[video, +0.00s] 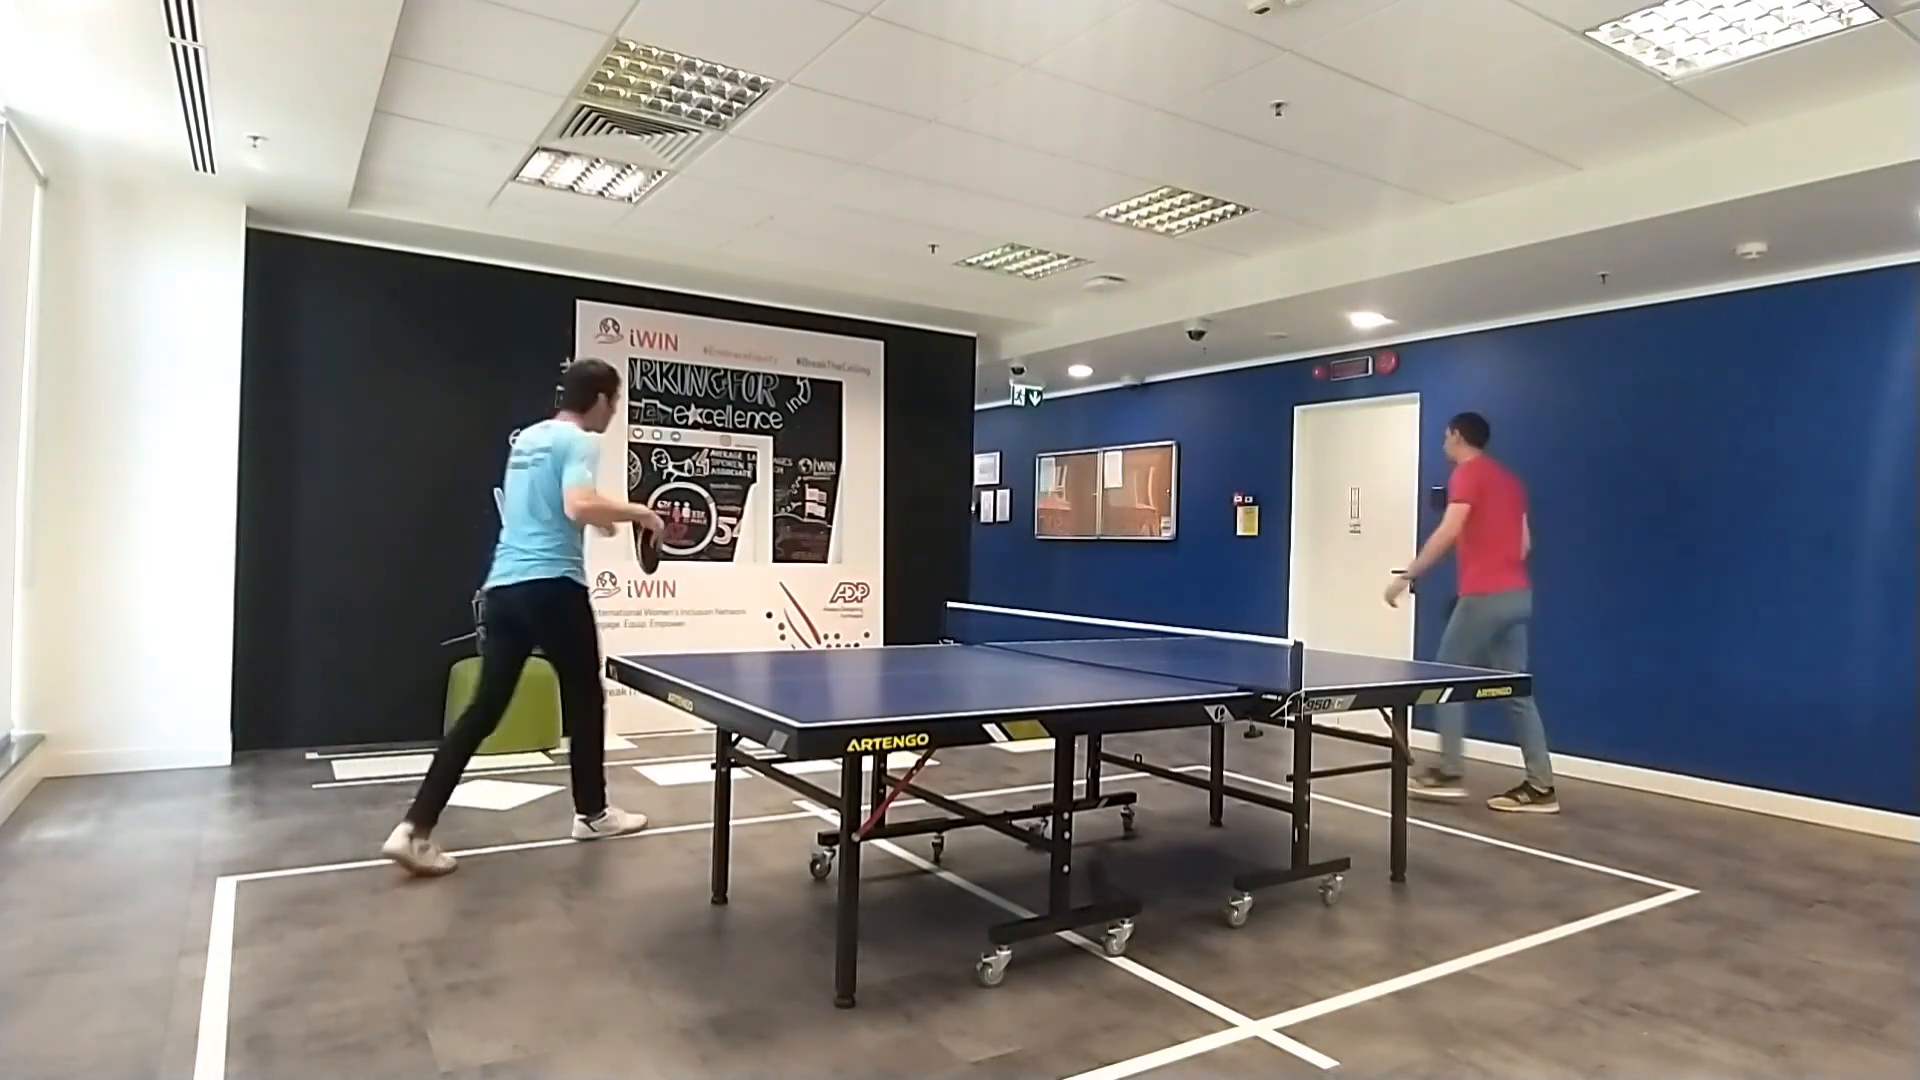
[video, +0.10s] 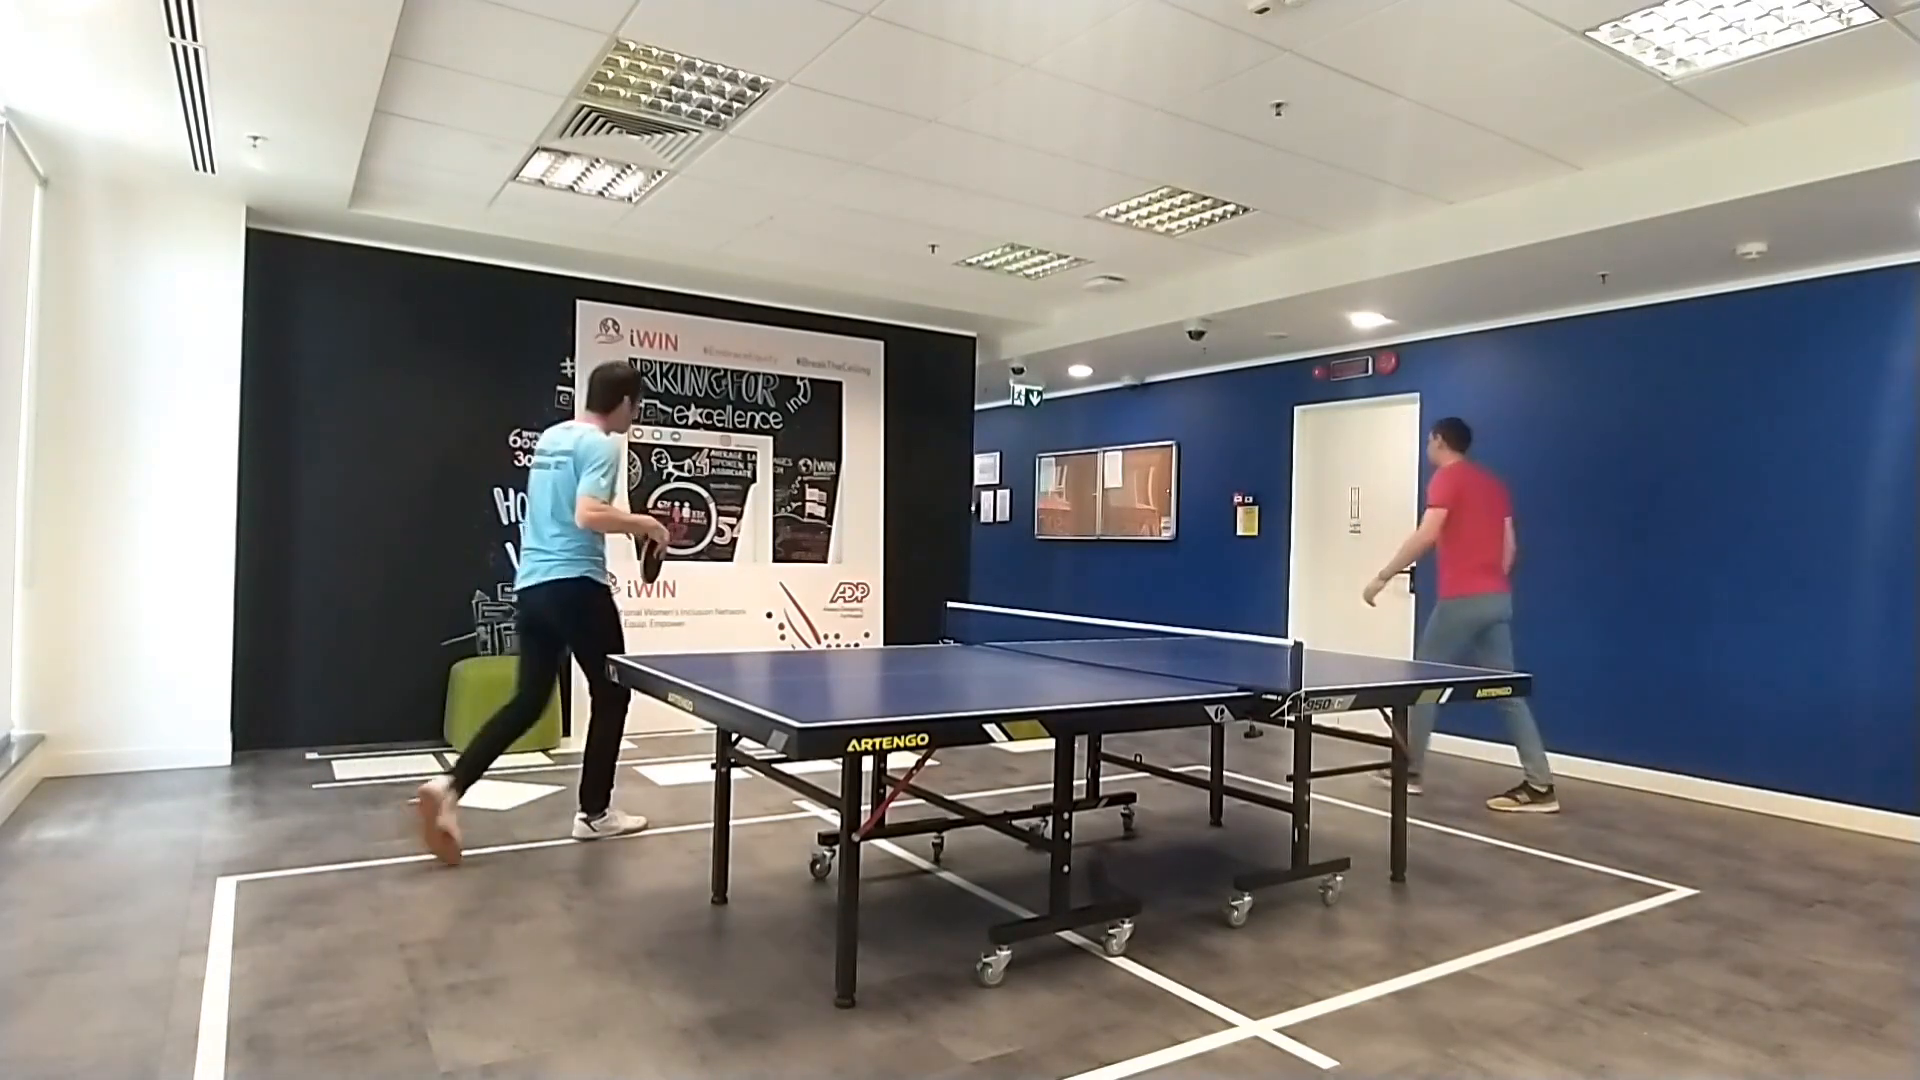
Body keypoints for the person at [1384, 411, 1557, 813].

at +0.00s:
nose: (1446, 445)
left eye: (1447, 438)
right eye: (1447, 438)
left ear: (1458, 437)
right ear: (1481, 440)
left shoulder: (1467, 472)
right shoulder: (1509, 479)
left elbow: (1449, 530)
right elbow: (1523, 544)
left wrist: (1406, 576)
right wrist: (1490, 571)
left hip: (1483, 597)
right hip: (1516, 595)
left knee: (1444, 681)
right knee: (1517, 689)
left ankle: (1448, 773)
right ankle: (1540, 785)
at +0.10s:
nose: (1428, 451)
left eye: (1429, 444)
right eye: (1429, 444)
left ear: (1440, 442)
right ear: (1464, 444)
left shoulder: (1447, 477)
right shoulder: (1493, 483)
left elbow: (1427, 535)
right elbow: (1509, 549)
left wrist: (1383, 577)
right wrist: (1491, 583)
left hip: (1461, 600)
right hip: (1497, 598)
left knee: (1423, 684)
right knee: (1507, 689)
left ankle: (1408, 769)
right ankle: (1539, 784)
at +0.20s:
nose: (1408, 452)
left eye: (1411, 445)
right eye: (1410, 445)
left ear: (1422, 447)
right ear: (1442, 450)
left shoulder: (1425, 483)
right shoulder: (1472, 488)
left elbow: (1408, 540)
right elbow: (1488, 549)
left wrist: (1368, 581)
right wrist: (1489, 601)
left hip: (1436, 603)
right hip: (1472, 602)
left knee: (1403, 687)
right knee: (1480, 689)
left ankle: (1398, 768)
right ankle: (1533, 778)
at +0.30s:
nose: (1387, 452)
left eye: (1390, 445)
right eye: (1389, 445)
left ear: (1402, 447)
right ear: (1421, 448)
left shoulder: (1402, 483)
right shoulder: (1452, 486)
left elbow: (1387, 544)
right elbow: (1470, 548)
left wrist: (1359, 583)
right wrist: (1481, 597)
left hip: (1410, 602)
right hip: (1446, 603)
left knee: (1388, 688)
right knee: (1434, 688)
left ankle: (1394, 768)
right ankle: (1498, 756)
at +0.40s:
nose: (1368, 449)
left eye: (1371, 443)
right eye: (1369, 443)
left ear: (1382, 444)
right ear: (1400, 444)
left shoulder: (1378, 478)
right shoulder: (1432, 481)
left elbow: (1368, 540)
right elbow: (1454, 539)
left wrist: (1350, 576)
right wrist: (1470, 589)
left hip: (1393, 595)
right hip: (1426, 594)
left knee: (1381, 678)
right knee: (1400, 673)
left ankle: (1395, 766)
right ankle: (1443, 740)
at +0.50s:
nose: (1350, 452)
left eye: (1352, 446)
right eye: (1351, 446)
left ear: (1362, 445)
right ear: (1381, 446)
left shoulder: (1358, 477)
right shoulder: (1413, 483)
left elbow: (1345, 535)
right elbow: (1439, 537)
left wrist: (1333, 572)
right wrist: (1452, 585)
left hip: (1375, 590)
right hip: (1406, 590)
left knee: (1376, 678)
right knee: (1354, 662)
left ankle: (1392, 764)